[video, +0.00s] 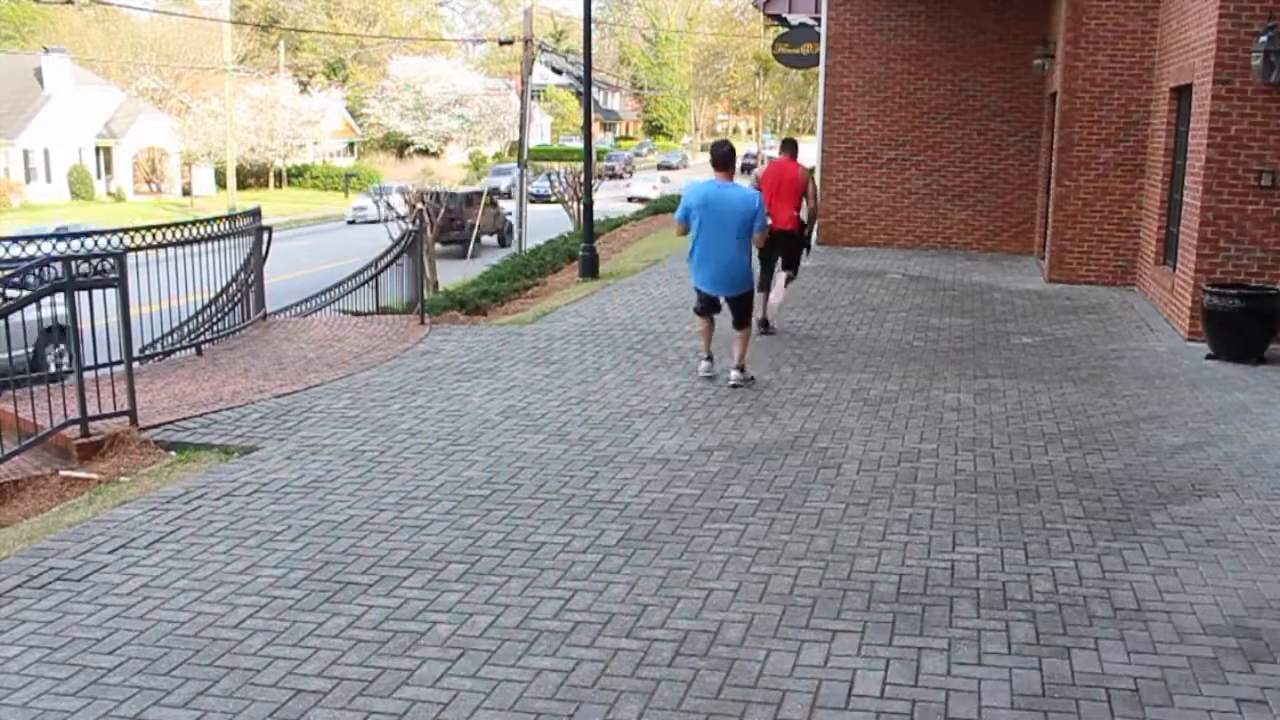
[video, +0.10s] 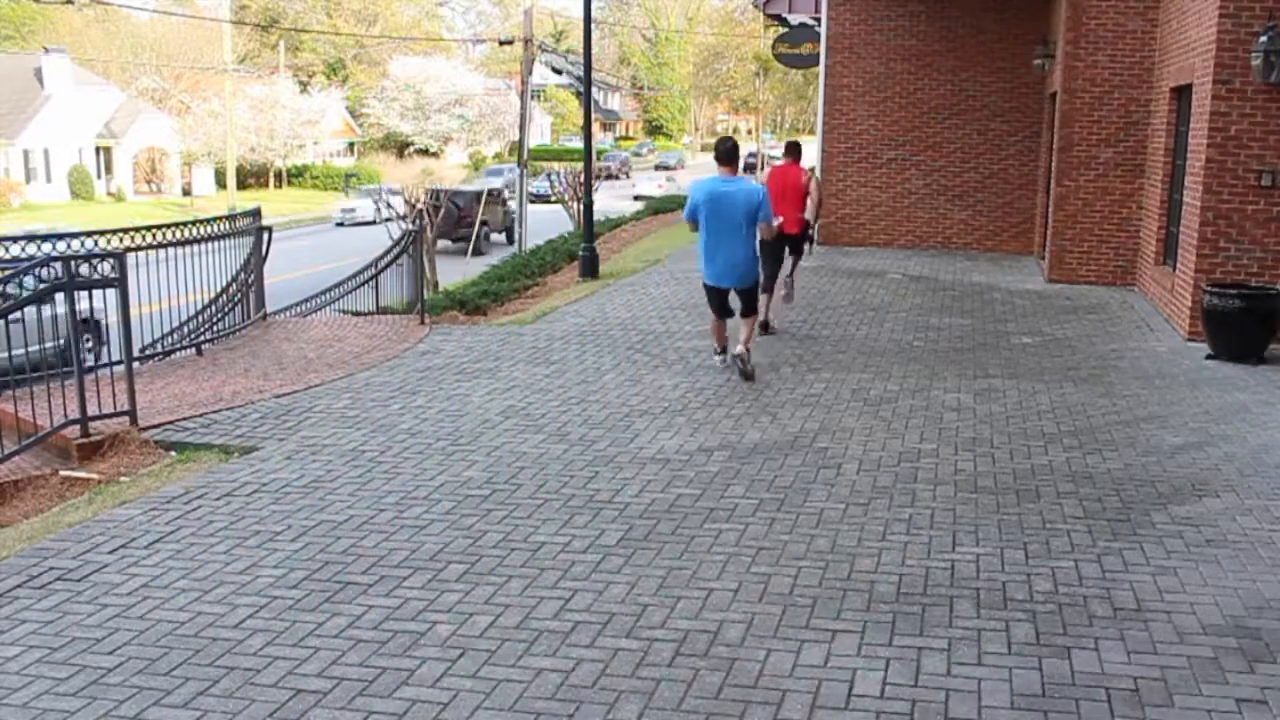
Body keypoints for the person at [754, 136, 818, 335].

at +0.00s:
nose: (790, 157)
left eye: (784, 152)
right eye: (794, 153)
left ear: (779, 151)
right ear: (796, 154)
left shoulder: (764, 171)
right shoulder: (803, 173)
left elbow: (753, 197)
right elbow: (812, 204)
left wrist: (756, 221)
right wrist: (809, 229)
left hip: (768, 226)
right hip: (792, 227)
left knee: (765, 272)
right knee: (791, 269)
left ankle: (762, 317)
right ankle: (777, 293)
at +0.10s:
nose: (793, 159)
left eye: (788, 154)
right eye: (798, 156)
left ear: (783, 154)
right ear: (800, 156)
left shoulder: (769, 173)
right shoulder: (807, 177)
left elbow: (759, 195)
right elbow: (815, 199)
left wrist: (761, 216)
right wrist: (811, 220)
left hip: (770, 224)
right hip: (795, 226)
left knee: (769, 273)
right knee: (797, 251)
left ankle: (763, 316)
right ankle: (789, 277)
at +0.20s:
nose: (800, 153)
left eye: (794, 148)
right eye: (805, 150)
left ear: (790, 148)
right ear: (807, 150)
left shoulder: (775, 166)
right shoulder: (812, 170)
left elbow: (762, 186)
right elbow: (818, 198)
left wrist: (767, 209)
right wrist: (818, 219)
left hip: (776, 219)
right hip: (801, 220)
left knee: (776, 259)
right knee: (801, 259)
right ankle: (791, 294)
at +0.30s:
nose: (806, 155)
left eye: (802, 151)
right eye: (808, 151)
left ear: (795, 151)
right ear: (811, 152)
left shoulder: (780, 170)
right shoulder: (818, 173)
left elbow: (768, 190)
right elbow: (824, 202)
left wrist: (771, 214)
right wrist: (825, 222)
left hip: (783, 221)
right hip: (805, 222)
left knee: (782, 253)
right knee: (801, 266)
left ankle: (780, 271)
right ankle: (791, 306)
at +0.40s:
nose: (806, 154)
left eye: (802, 150)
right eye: (810, 150)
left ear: (798, 150)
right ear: (814, 151)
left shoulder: (784, 167)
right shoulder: (821, 170)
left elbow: (770, 185)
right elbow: (829, 200)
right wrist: (821, 210)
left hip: (787, 214)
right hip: (808, 215)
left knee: (792, 243)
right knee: (802, 263)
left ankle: (791, 269)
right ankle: (793, 303)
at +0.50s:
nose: (806, 147)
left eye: (804, 144)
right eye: (810, 144)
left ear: (800, 144)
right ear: (815, 145)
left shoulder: (789, 161)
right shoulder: (822, 163)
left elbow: (780, 183)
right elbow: (830, 188)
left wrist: (782, 202)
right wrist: (828, 205)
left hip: (791, 208)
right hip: (813, 209)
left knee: (791, 246)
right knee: (810, 250)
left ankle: (790, 279)